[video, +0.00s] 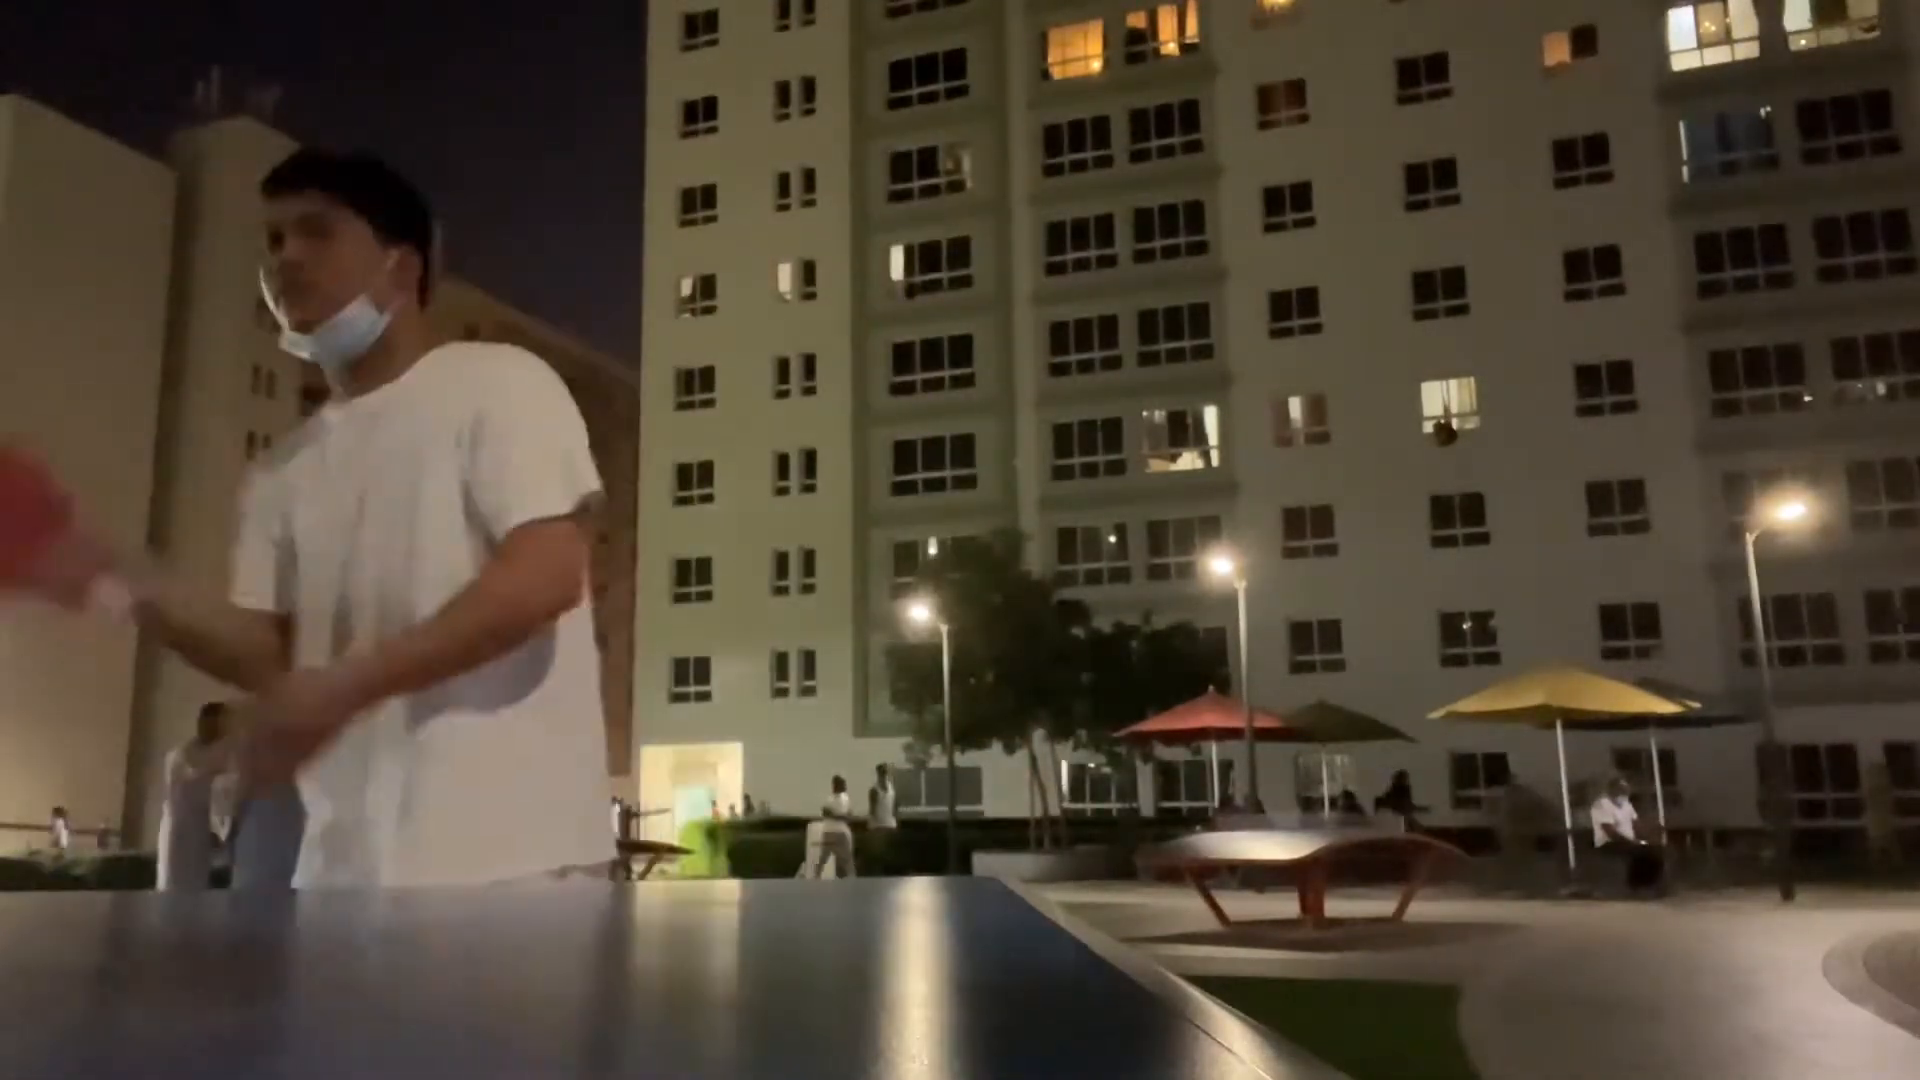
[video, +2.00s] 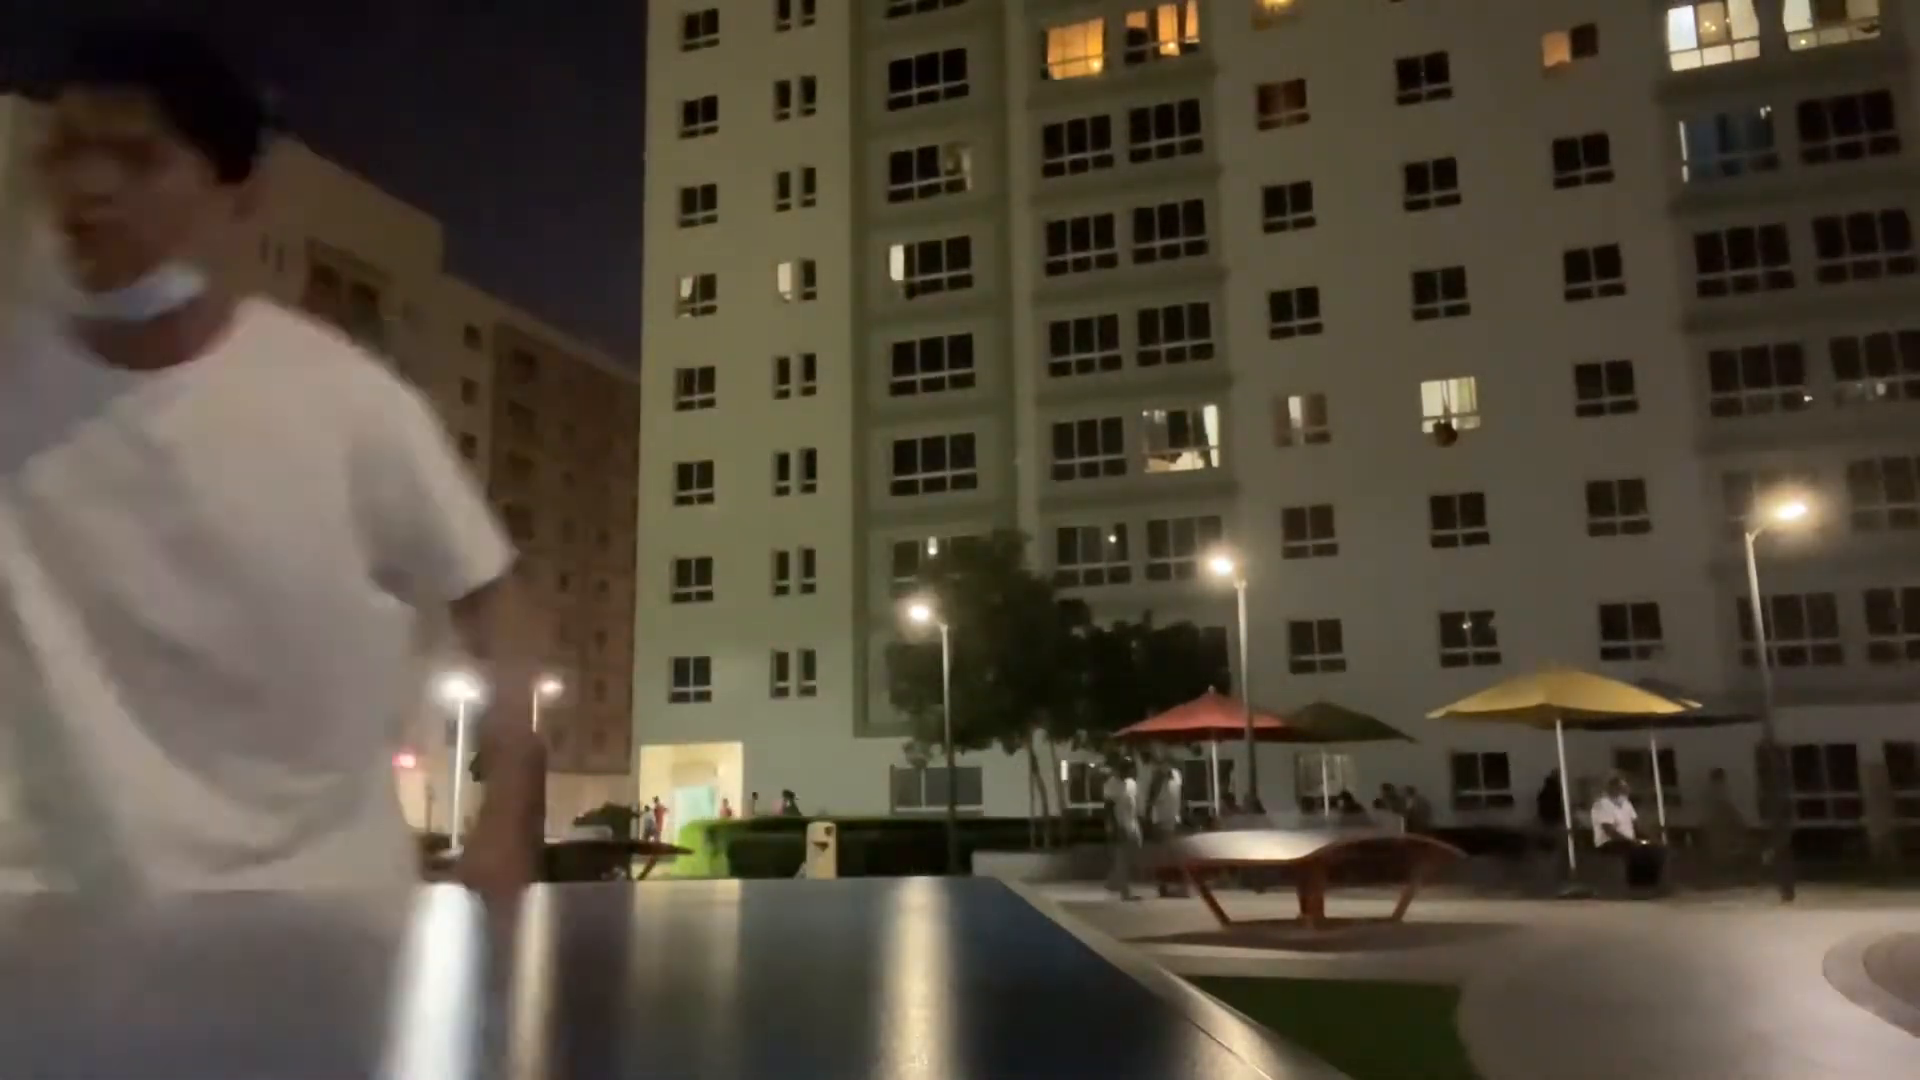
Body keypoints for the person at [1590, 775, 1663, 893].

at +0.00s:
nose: (1624, 794)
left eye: (1625, 790)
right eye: (1621, 790)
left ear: (1627, 790)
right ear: (1613, 790)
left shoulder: (1625, 802)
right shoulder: (1602, 804)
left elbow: (1635, 822)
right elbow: (1609, 830)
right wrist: (1632, 842)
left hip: (1629, 840)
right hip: (1609, 843)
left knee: (1653, 850)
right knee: (1640, 853)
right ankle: (1635, 888)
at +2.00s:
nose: (1625, 789)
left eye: (1625, 785)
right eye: (1622, 786)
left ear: (1626, 788)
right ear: (1613, 787)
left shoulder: (1624, 801)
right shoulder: (1602, 804)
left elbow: (1634, 822)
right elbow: (1608, 829)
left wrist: (1646, 836)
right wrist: (1632, 841)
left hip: (1628, 840)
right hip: (1609, 842)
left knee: (1655, 850)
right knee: (1638, 853)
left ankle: (1651, 887)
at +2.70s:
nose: (1631, 790)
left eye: (1631, 787)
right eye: (1627, 786)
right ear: (1619, 786)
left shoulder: (1626, 803)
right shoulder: (1610, 799)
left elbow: (1636, 822)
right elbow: (1613, 822)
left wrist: (1647, 835)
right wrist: (1633, 841)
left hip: (1627, 841)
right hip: (1611, 843)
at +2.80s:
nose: (1630, 790)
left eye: (1630, 786)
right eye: (1627, 786)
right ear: (1618, 786)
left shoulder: (1626, 803)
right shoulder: (1610, 799)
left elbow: (1636, 822)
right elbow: (1613, 822)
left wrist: (1646, 836)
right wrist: (1633, 841)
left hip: (1626, 842)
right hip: (1611, 843)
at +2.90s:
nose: (1630, 790)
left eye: (1630, 786)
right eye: (1626, 786)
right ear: (1618, 787)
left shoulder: (1626, 804)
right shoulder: (1608, 800)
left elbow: (1636, 822)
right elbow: (1612, 822)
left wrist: (1645, 836)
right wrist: (1632, 841)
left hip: (1627, 841)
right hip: (1610, 842)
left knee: (1652, 852)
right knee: (1641, 855)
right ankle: (1638, 888)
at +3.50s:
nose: (1626, 791)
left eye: (1627, 787)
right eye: (1622, 787)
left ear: (1629, 790)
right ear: (1614, 789)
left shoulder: (1626, 803)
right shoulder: (1607, 802)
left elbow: (1637, 821)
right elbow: (1610, 824)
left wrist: (1650, 835)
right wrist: (1631, 841)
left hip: (1629, 840)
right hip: (1609, 842)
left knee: (1653, 851)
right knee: (1637, 853)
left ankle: (1653, 885)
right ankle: (1637, 887)